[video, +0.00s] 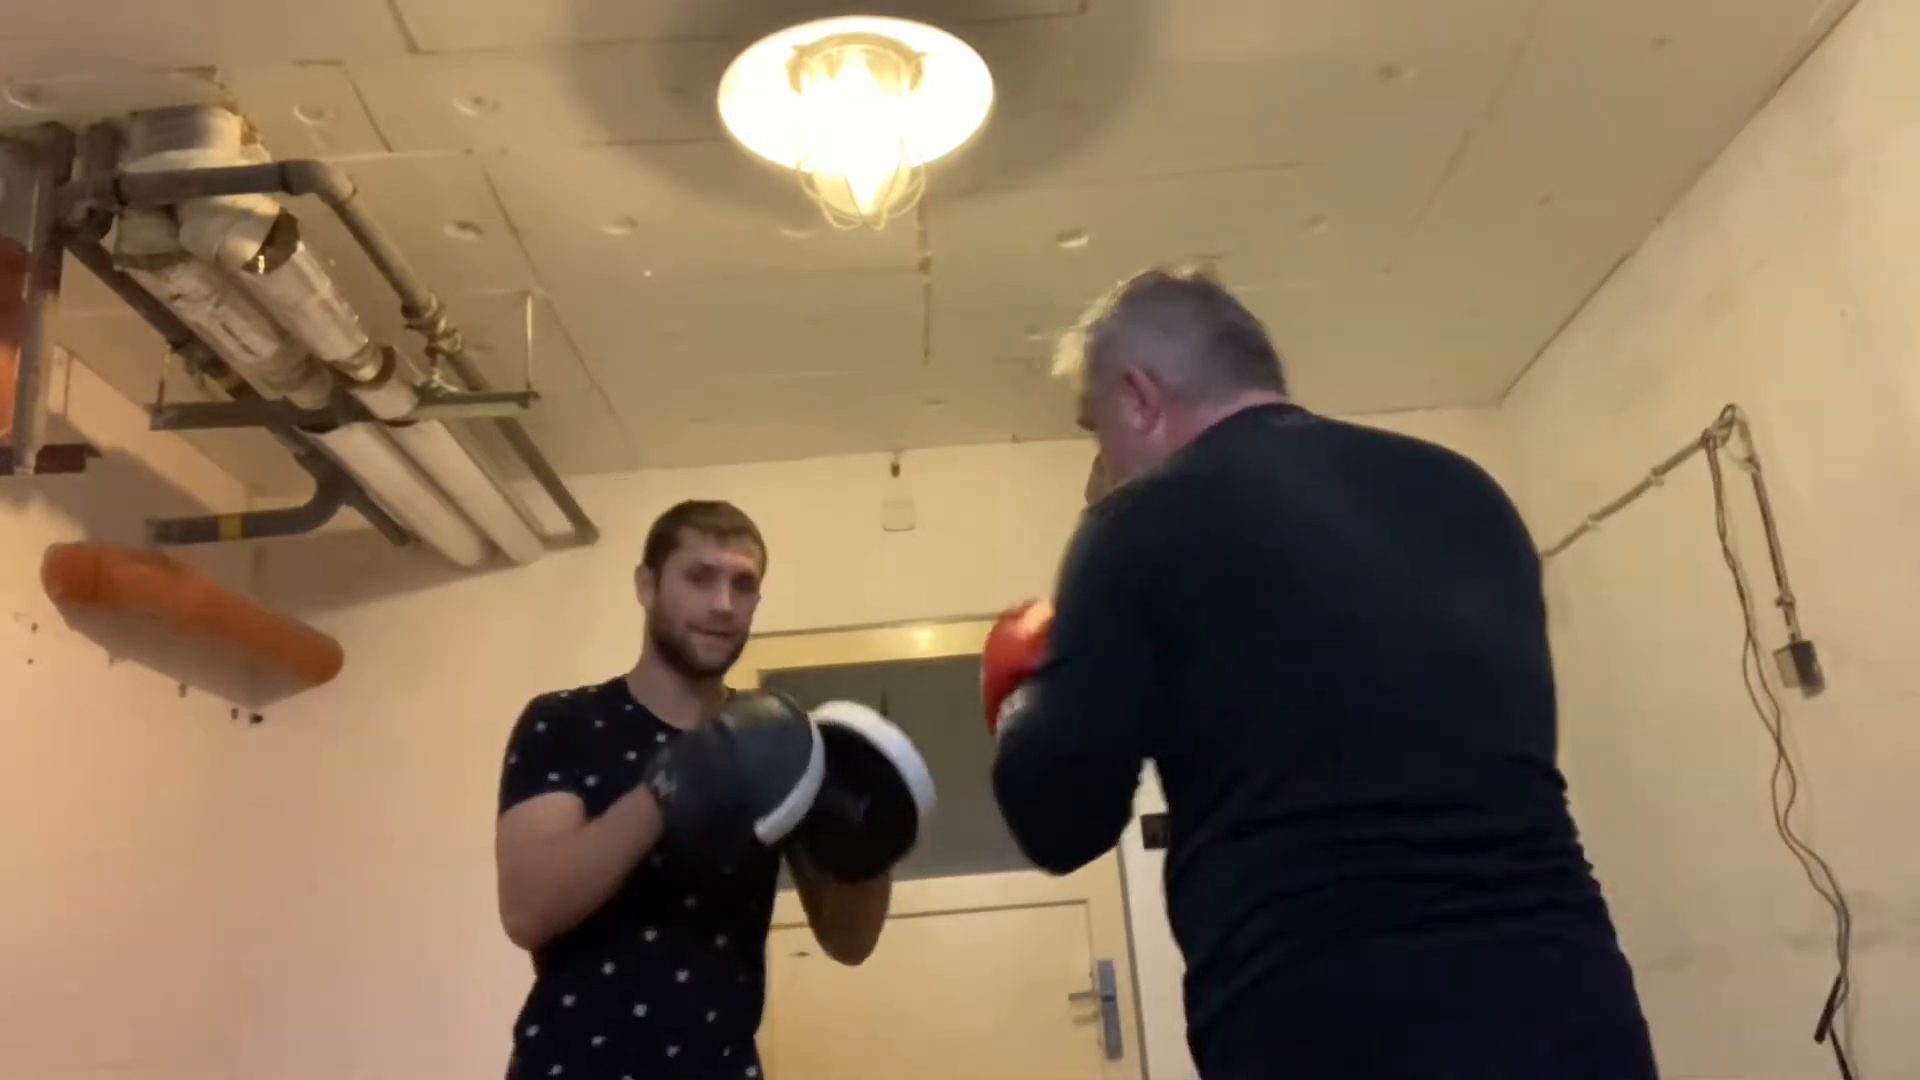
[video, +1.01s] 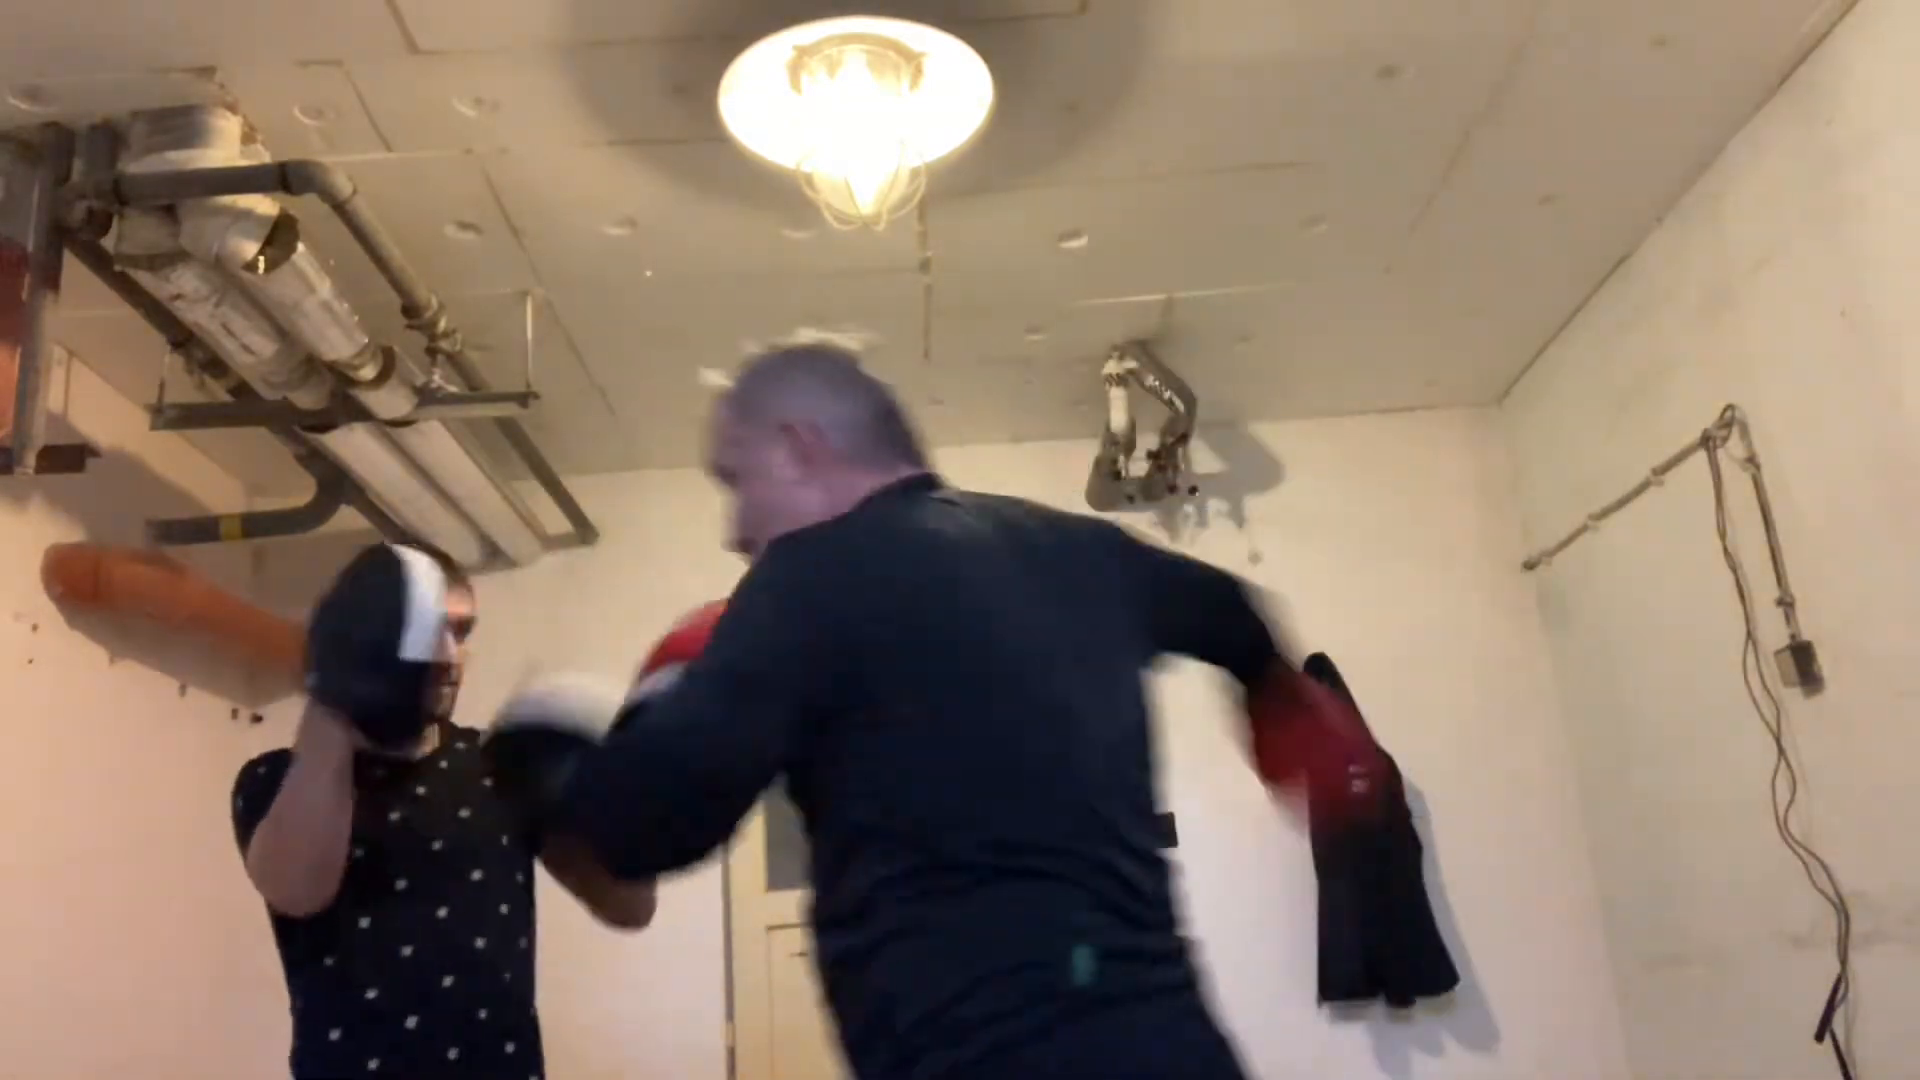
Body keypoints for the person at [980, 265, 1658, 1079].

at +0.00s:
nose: (1099, 470)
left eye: (1095, 429)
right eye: (1090, 436)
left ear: (1141, 397)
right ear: (1261, 376)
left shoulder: (1142, 528)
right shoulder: (1466, 488)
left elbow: (1059, 823)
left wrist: (1017, 690)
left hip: (1308, 1016)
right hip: (1558, 989)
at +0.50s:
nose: (1138, 490)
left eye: (1133, 466)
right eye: (1129, 472)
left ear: (1181, 425)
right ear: (1296, 407)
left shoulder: (1173, 523)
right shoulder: (1483, 527)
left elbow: (994, 722)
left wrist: (940, 638)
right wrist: (1042, 626)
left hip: (1273, 1021)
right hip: (1519, 1017)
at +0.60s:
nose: (1100, 498)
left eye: (1095, 473)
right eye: (1095, 477)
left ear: (1125, 444)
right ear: (1253, 427)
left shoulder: (1108, 540)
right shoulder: (1440, 531)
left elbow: (891, 667)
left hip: (1228, 1027)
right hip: (1471, 1024)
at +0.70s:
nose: (1025, 507)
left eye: (1023, 486)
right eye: (1024, 489)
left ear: (1050, 462)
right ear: (1182, 443)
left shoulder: (1015, 563)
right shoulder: (1358, 548)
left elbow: (830, 609)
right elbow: (1458, 785)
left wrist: (696, 595)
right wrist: (1296, 727)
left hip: (1162, 1027)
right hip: (1403, 1024)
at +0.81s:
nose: (934, 518)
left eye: (930, 498)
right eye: (931, 501)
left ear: (957, 476)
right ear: (1089, 456)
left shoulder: (945, 569)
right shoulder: (1264, 559)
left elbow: (775, 647)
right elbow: (1445, 761)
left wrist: (700, 612)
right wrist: (1265, 782)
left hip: (1080, 1038)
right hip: (1316, 1032)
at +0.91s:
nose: (842, 525)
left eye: (835, 500)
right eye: (832, 505)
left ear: (871, 474)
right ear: (984, 451)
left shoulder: (845, 586)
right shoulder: (1166, 557)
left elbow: (655, 740)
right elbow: (1371, 670)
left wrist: (692, 637)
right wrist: (1287, 840)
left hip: (1000, 1038)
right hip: (1225, 1023)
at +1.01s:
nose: (734, 526)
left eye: (734, 482)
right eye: (725, 489)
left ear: (800, 453)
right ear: (884, 445)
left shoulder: (810, 582)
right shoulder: (1071, 549)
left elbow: (648, 817)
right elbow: (1237, 614)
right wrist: (1283, 705)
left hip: (954, 1044)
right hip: (1159, 1025)